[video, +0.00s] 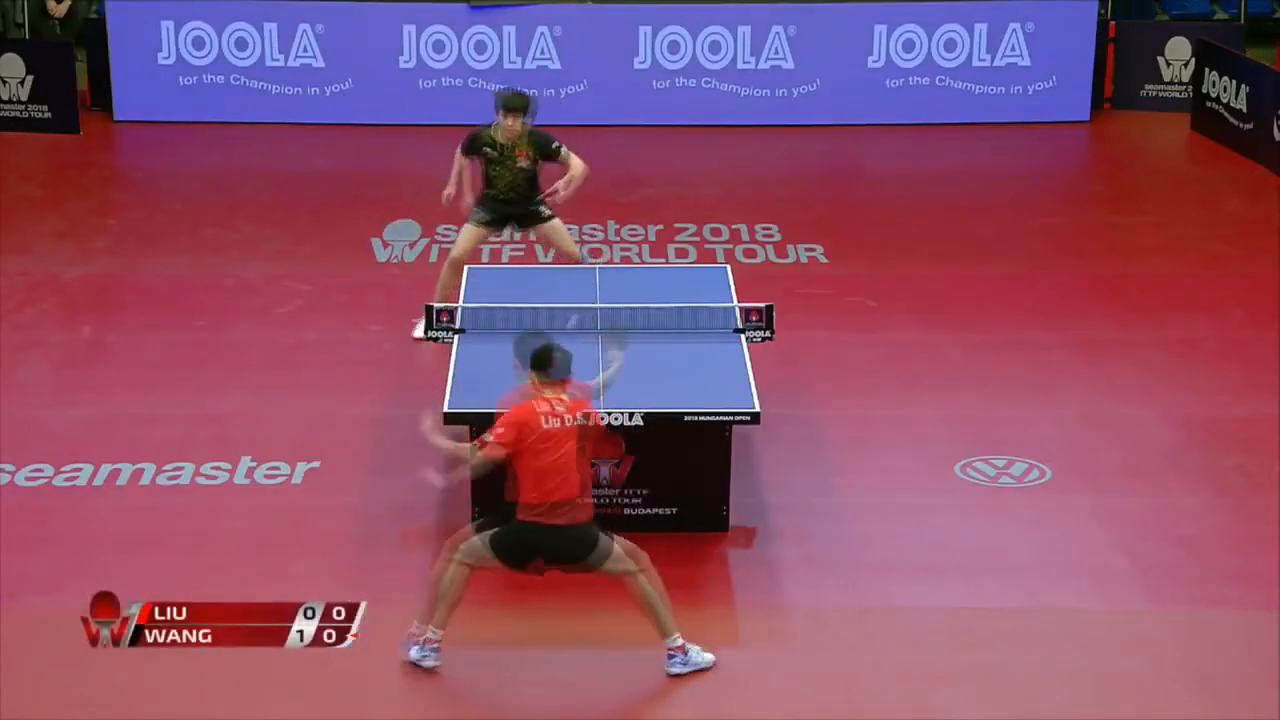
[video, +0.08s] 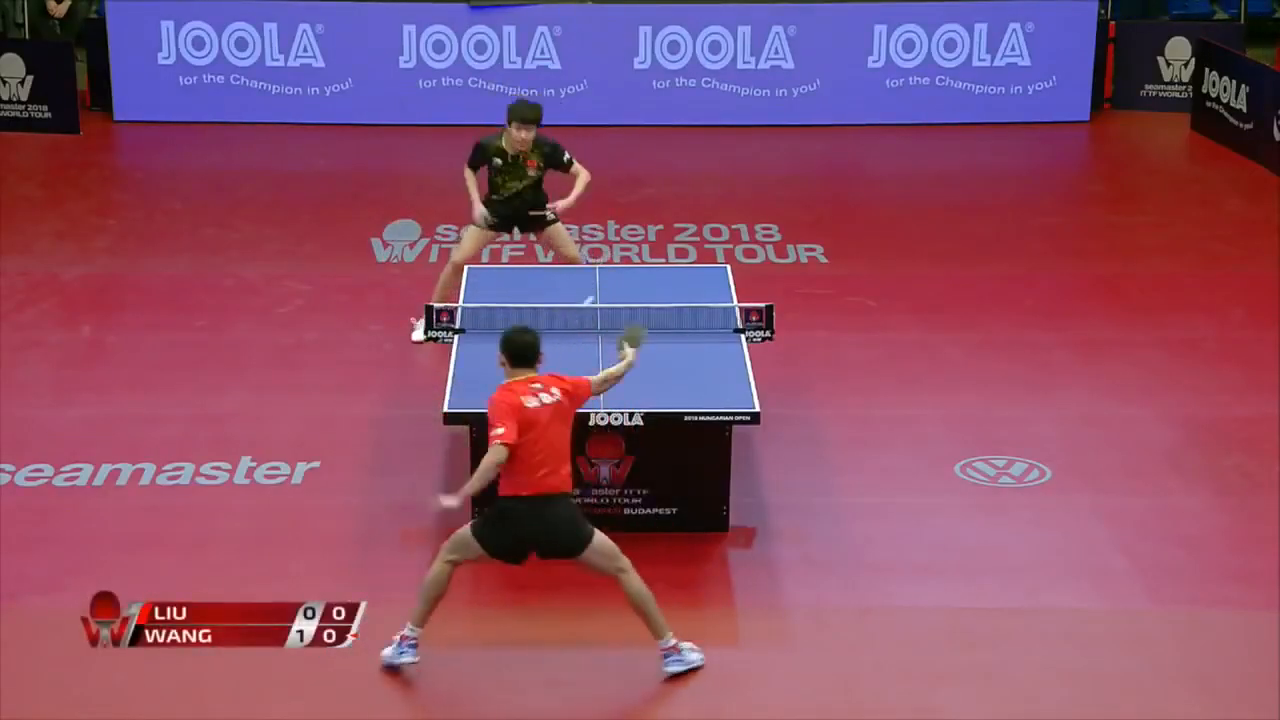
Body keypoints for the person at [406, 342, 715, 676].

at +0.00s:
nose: (529, 376)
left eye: (530, 371)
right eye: (561, 375)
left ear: (532, 375)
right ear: (567, 376)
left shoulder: (522, 415)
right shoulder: (583, 411)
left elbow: (476, 460)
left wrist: (437, 439)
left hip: (530, 532)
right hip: (578, 534)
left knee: (462, 556)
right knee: (635, 566)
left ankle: (429, 644)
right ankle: (678, 649)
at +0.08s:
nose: (498, 360)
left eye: (499, 355)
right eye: (504, 354)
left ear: (504, 359)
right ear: (538, 358)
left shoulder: (504, 398)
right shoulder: (561, 387)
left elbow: (499, 454)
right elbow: (602, 381)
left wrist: (461, 495)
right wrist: (627, 362)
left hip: (514, 517)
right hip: (561, 515)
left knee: (449, 555)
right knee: (622, 569)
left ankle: (407, 642)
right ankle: (671, 648)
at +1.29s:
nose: (457, 390)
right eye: (456, 385)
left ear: (418, 389)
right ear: (454, 392)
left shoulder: (387, 436)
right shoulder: (468, 435)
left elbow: (363, 494)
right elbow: (521, 463)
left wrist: (396, 519)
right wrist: (508, 409)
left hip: (394, 556)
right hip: (447, 560)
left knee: (358, 581)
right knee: (521, 602)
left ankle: (329, 665)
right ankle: (564, 690)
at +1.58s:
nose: (473, 402)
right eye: (473, 398)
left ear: (435, 399)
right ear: (471, 404)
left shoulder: (408, 438)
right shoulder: (487, 446)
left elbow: (369, 462)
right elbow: (529, 474)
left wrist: (361, 452)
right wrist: (523, 446)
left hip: (389, 563)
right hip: (439, 572)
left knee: (342, 622)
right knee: (499, 626)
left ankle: (292, 691)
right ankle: (530, 711)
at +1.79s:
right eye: (456, 372)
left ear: (415, 376)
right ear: (452, 375)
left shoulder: (395, 426)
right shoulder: (476, 419)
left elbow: (362, 488)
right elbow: (517, 461)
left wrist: (327, 531)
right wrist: (548, 488)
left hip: (396, 546)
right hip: (447, 551)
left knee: (353, 636)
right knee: (491, 646)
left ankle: (313, 711)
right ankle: (517, 716)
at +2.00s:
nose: (430, 387)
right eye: (429, 381)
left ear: (386, 381)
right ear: (424, 386)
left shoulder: (354, 434)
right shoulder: (441, 441)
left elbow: (327, 493)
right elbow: (463, 512)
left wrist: (295, 525)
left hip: (371, 560)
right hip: (424, 565)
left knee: (343, 652)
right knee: (476, 653)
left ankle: (323, 717)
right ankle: (506, 715)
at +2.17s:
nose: (419, 384)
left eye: (420, 377)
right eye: (420, 378)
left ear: (378, 375)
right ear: (413, 383)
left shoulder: (343, 425)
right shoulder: (420, 436)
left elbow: (325, 485)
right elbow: (431, 504)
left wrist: (324, 507)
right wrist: (454, 564)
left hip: (356, 555)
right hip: (408, 559)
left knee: (340, 650)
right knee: (454, 646)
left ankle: (322, 718)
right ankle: (476, 715)